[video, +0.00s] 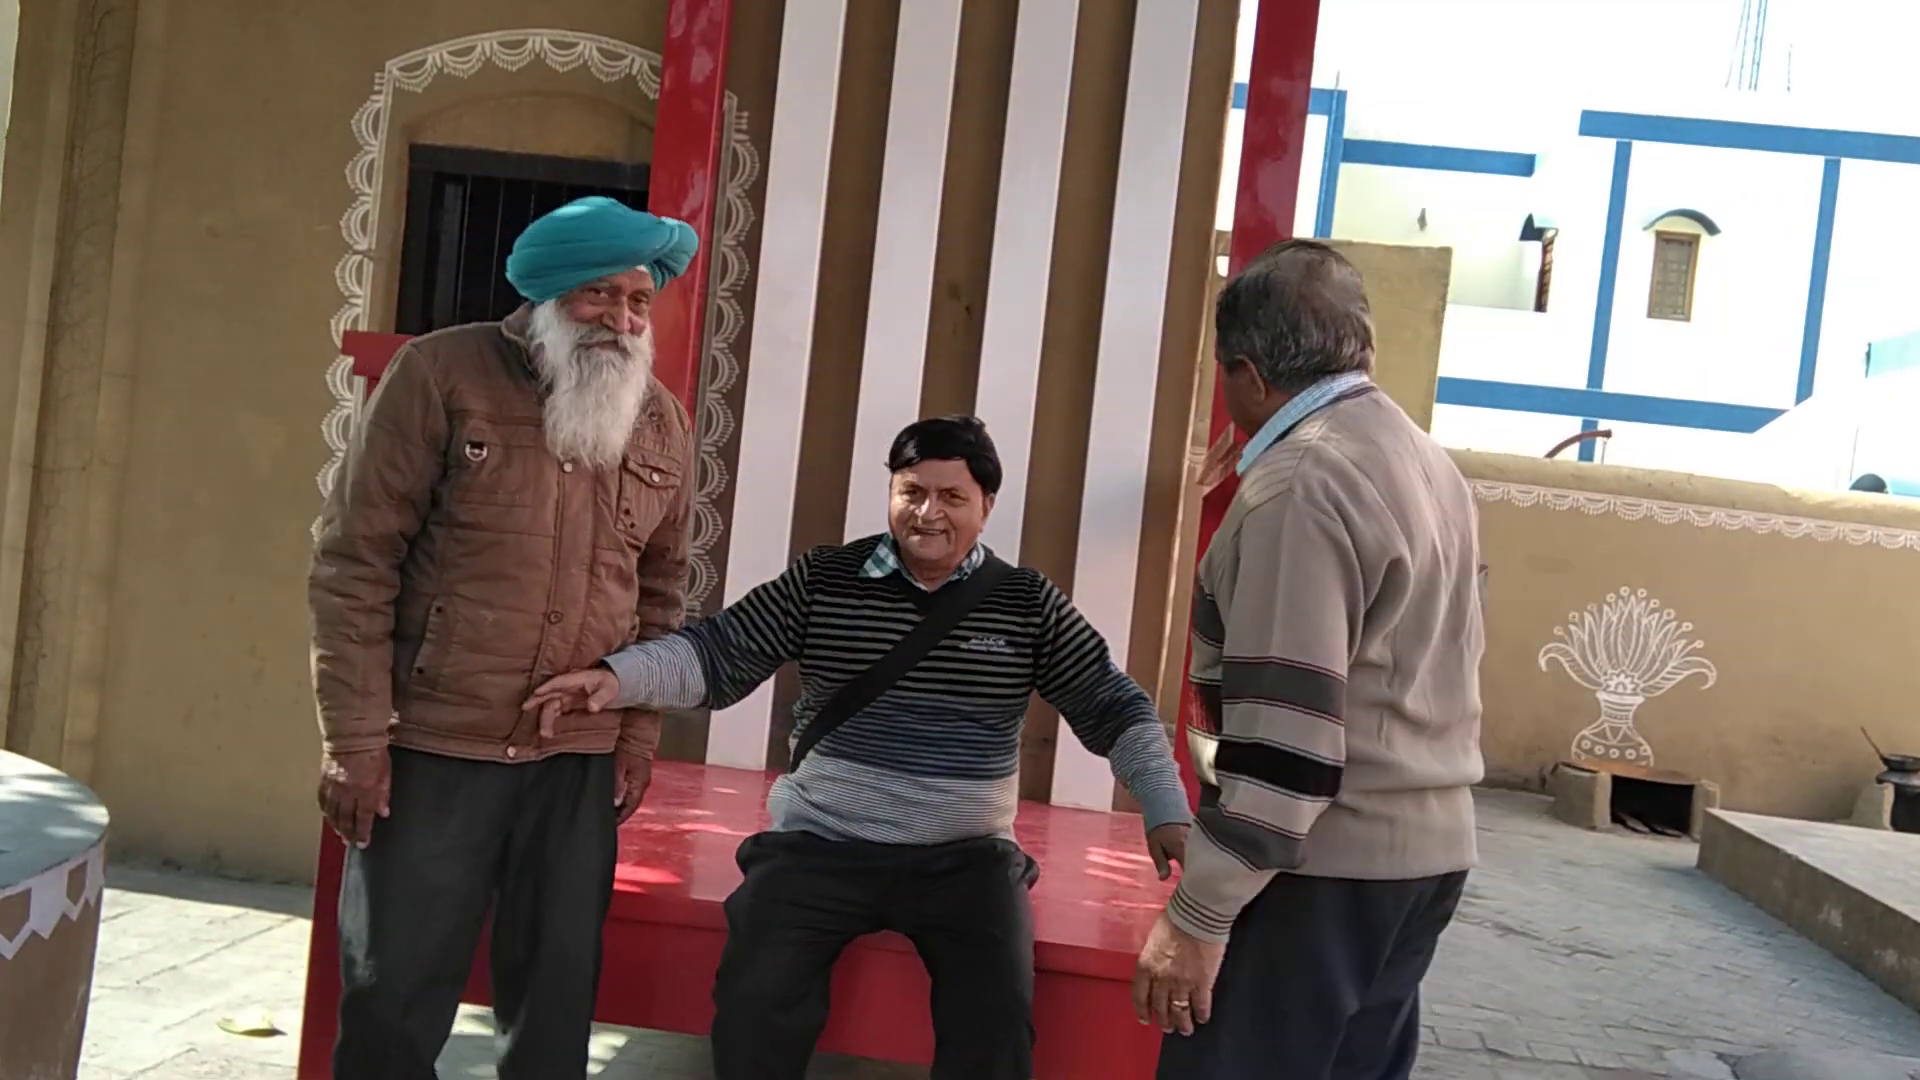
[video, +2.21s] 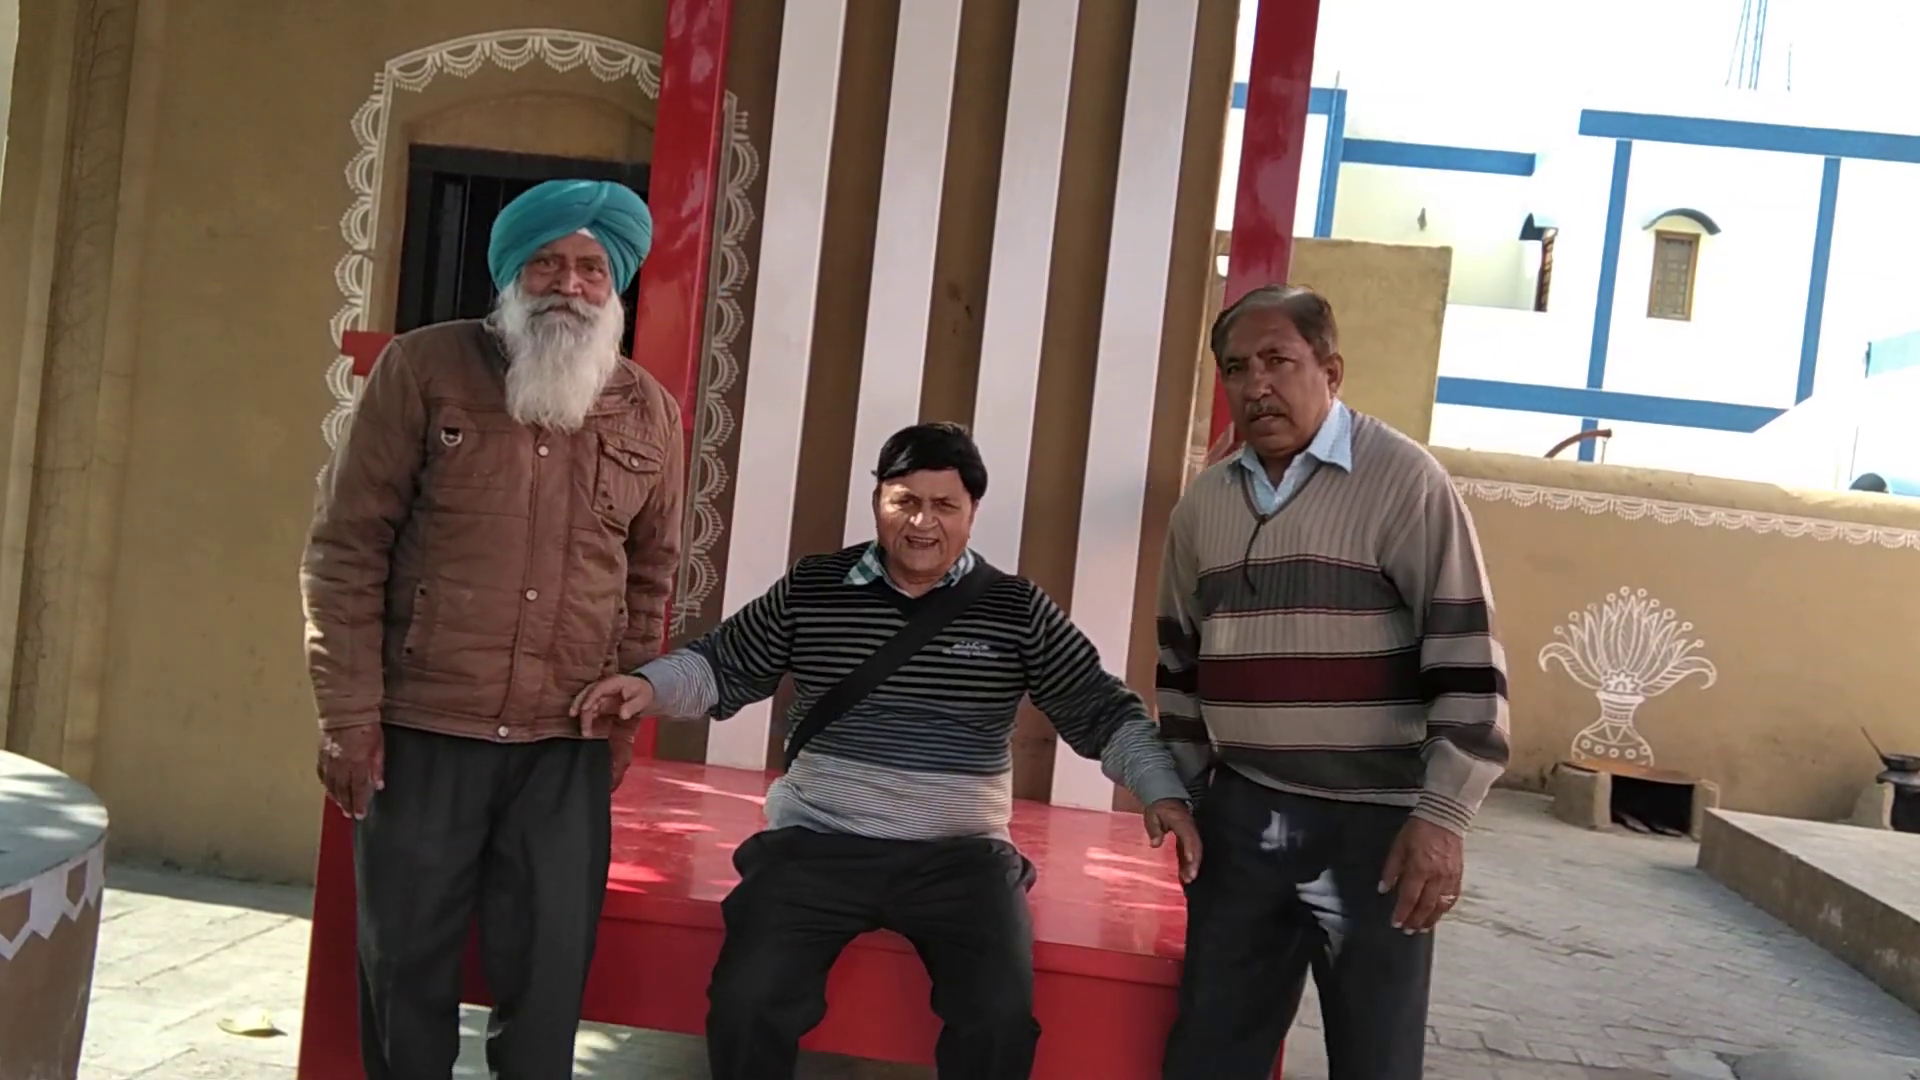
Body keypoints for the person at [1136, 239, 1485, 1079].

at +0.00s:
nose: (1223, 394)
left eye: (1223, 372)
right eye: (1223, 372)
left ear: (1249, 373)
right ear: (1358, 350)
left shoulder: (1300, 485)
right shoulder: (1425, 460)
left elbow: (1285, 755)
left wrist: (1196, 914)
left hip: (1318, 873)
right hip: (1419, 860)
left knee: (1231, 1064)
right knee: (1365, 1064)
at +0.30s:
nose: (1205, 382)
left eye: (1208, 359)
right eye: (1205, 360)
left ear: (1247, 361)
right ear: (1327, 349)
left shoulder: (1293, 472)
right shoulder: (1369, 441)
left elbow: (1252, 713)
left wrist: (1135, 844)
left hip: (1280, 828)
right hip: (1344, 825)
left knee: (1202, 1052)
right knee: (1242, 1048)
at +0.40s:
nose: (1200, 373)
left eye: (1209, 353)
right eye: (1202, 352)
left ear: (1257, 364)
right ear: (1281, 362)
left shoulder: (1304, 472)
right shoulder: (1336, 437)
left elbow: (1269, 710)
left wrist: (1143, 837)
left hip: (1283, 821)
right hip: (1304, 814)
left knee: (1202, 1049)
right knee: (1219, 1045)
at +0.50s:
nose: (1198, 378)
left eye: (1213, 358)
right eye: (1202, 357)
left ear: (1272, 368)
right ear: (1275, 368)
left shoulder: (1324, 477)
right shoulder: (1294, 455)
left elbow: (1297, 705)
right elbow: (1234, 651)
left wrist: (1170, 827)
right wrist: (1156, 771)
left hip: (1275, 826)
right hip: (1248, 816)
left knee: (1213, 1048)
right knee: (1204, 1042)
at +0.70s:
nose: (1203, 382)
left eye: (1225, 359)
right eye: (1195, 361)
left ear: (1299, 367)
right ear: (1186, 369)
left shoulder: (1367, 500)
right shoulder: (1204, 481)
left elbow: (1364, 707)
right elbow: (1179, 650)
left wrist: (1249, 820)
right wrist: (1151, 768)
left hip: (1290, 837)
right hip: (1187, 822)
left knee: (1232, 1058)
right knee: (1182, 1051)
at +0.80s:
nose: (1208, 384)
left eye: (1229, 361)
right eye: (1193, 366)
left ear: (1290, 366)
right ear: (1180, 377)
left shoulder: (1362, 490)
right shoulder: (1175, 493)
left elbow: (1399, 685)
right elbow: (1164, 648)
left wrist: (1319, 822)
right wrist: (1142, 762)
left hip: (1293, 826)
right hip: (1187, 813)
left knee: (1252, 1052)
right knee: (1166, 1047)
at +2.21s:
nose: (1256, 385)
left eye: (1277, 362)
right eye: (1238, 368)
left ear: (1329, 369)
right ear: (1223, 382)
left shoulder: (1409, 485)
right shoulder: (1202, 506)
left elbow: (1468, 667)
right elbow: (1178, 669)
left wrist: (1443, 818)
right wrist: (1179, 790)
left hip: (1378, 830)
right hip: (1241, 820)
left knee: (1375, 1066)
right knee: (1208, 1059)